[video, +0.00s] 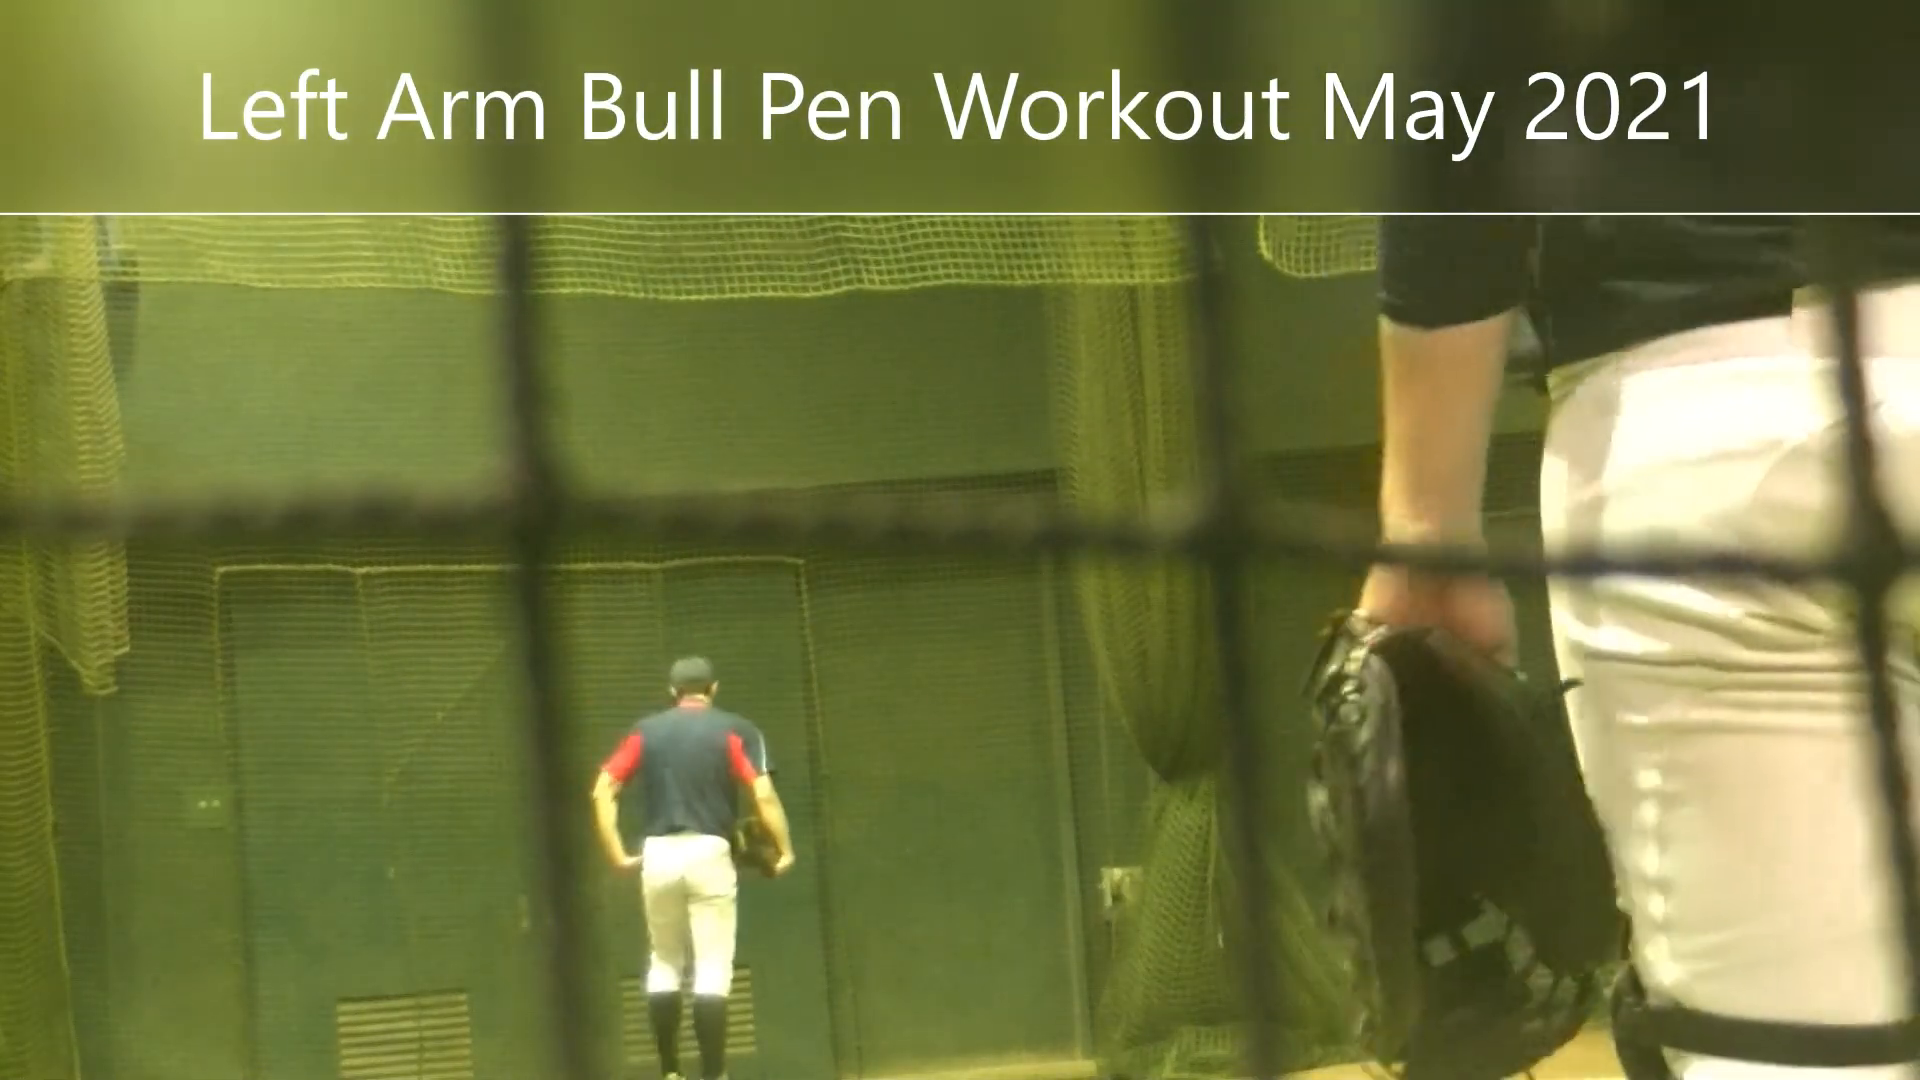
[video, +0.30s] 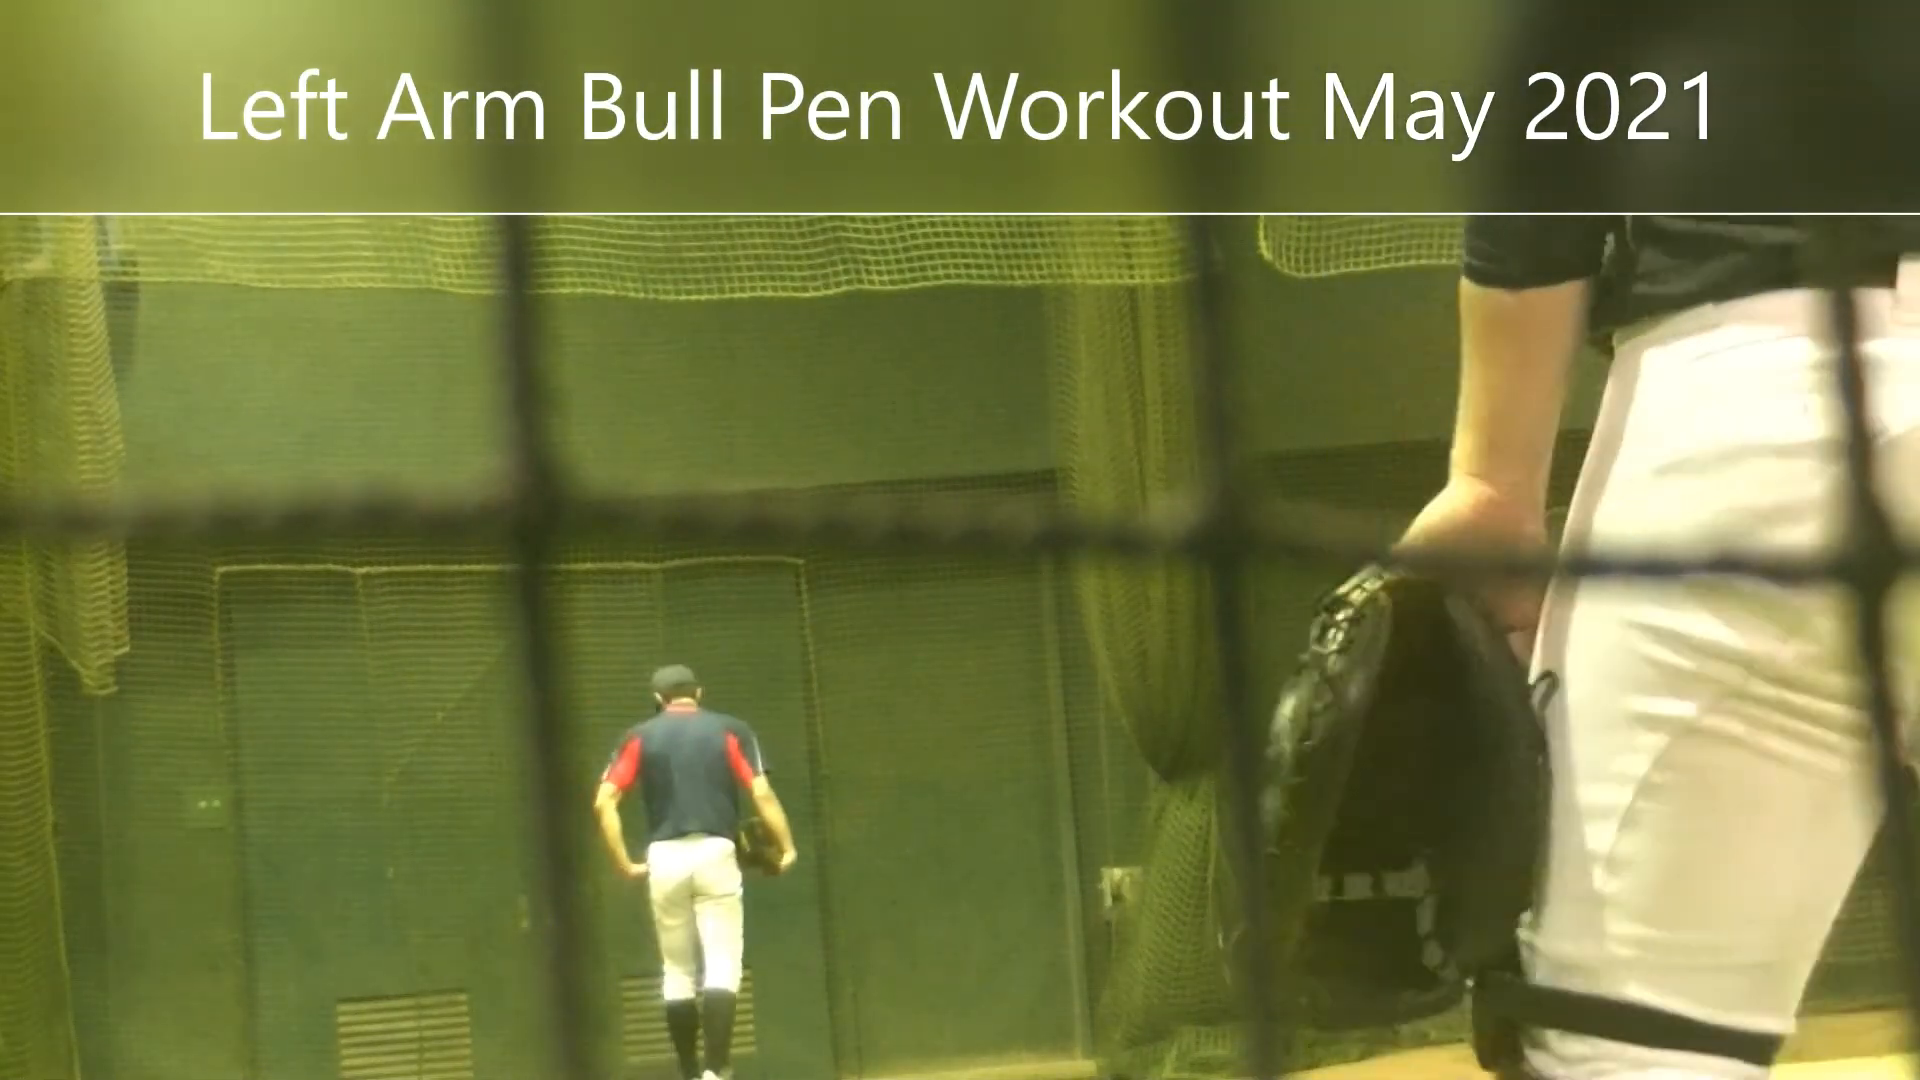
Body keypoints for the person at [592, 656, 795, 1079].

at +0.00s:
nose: (702, 695)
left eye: (684, 689)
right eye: (709, 688)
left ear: (673, 692)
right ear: (713, 690)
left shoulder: (647, 730)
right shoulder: (734, 731)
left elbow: (603, 789)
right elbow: (764, 796)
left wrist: (617, 856)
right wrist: (784, 850)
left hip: (659, 856)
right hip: (710, 856)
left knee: (664, 958)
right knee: (713, 963)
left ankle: (669, 1069)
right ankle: (713, 1072)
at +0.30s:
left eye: (660, 697)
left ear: (659, 699)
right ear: (698, 694)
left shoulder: (642, 736)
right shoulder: (730, 730)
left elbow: (605, 800)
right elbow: (762, 795)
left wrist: (624, 864)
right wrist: (786, 848)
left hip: (665, 858)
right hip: (716, 855)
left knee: (677, 968)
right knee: (722, 963)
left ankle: (689, 1071)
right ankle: (715, 1070)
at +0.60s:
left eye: (647, 698)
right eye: (672, 692)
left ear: (643, 700)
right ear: (681, 693)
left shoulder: (626, 736)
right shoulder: (710, 724)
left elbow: (591, 802)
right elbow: (744, 786)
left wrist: (614, 864)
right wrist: (774, 836)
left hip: (654, 857)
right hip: (705, 850)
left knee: (671, 967)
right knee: (740, 950)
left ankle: (688, 1071)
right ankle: (737, 1051)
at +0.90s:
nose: (666, 705)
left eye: (654, 700)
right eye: (675, 699)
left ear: (646, 705)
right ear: (683, 700)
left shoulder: (622, 739)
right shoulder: (706, 728)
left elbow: (590, 804)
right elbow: (739, 788)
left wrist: (613, 865)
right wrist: (770, 838)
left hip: (653, 856)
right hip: (702, 849)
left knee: (671, 969)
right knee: (721, 963)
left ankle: (688, 1071)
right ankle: (734, 1065)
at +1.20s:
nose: (683, 708)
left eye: (674, 701)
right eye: (690, 702)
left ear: (661, 703)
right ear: (699, 703)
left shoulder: (634, 736)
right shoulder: (718, 734)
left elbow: (601, 799)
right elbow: (747, 799)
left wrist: (615, 864)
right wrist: (772, 851)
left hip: (655, 856)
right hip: (704, 853)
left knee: (662, 962)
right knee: (715, 960)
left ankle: (682, 1062)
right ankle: (715, 1066)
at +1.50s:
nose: (698, 704)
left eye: (674, 697)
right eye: (701, 698)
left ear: (666, 698)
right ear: (703, 699)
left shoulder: (634, 733)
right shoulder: (719, 733)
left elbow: (598, 794)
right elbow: (745, 799)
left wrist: (609, 860)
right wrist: (766, 852)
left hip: (646, 857)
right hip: (697, 856)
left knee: (647, 958)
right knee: (713, 959)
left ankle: (633, 1057)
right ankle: (715, 1068)